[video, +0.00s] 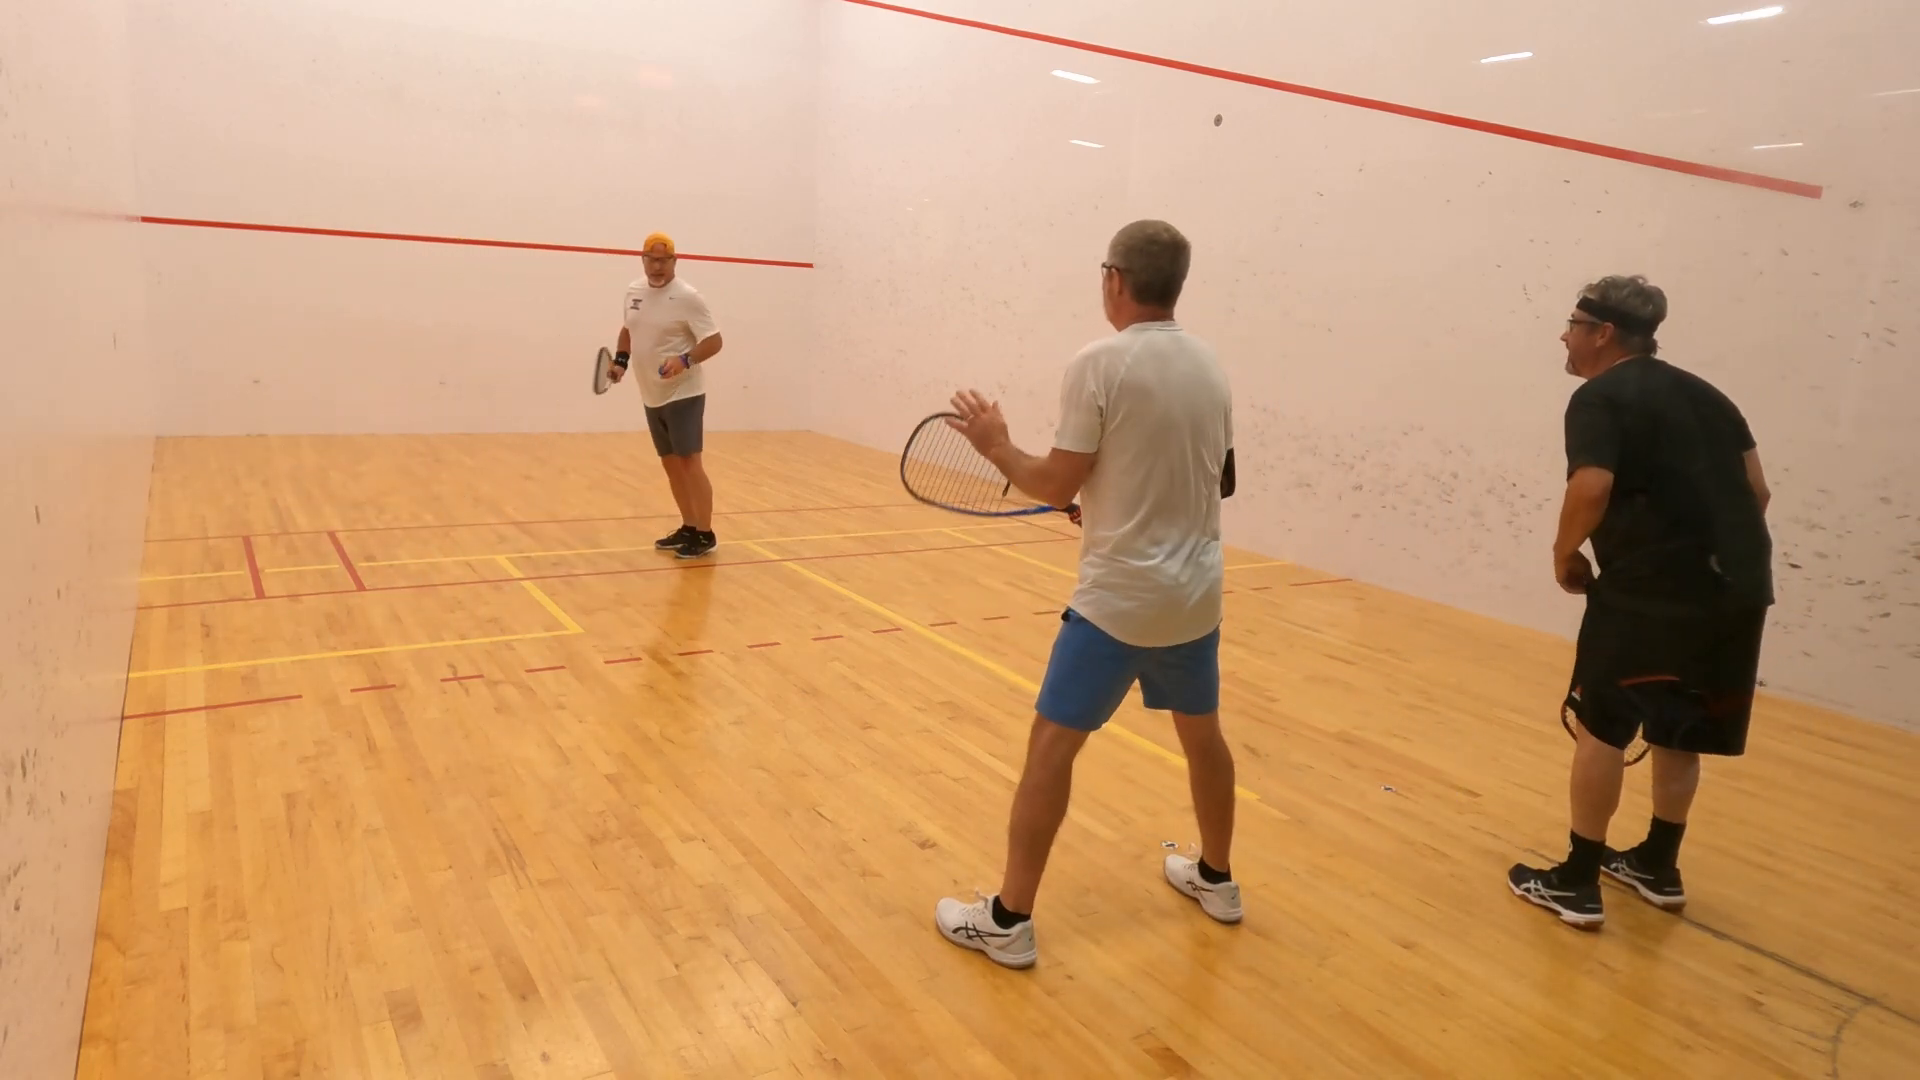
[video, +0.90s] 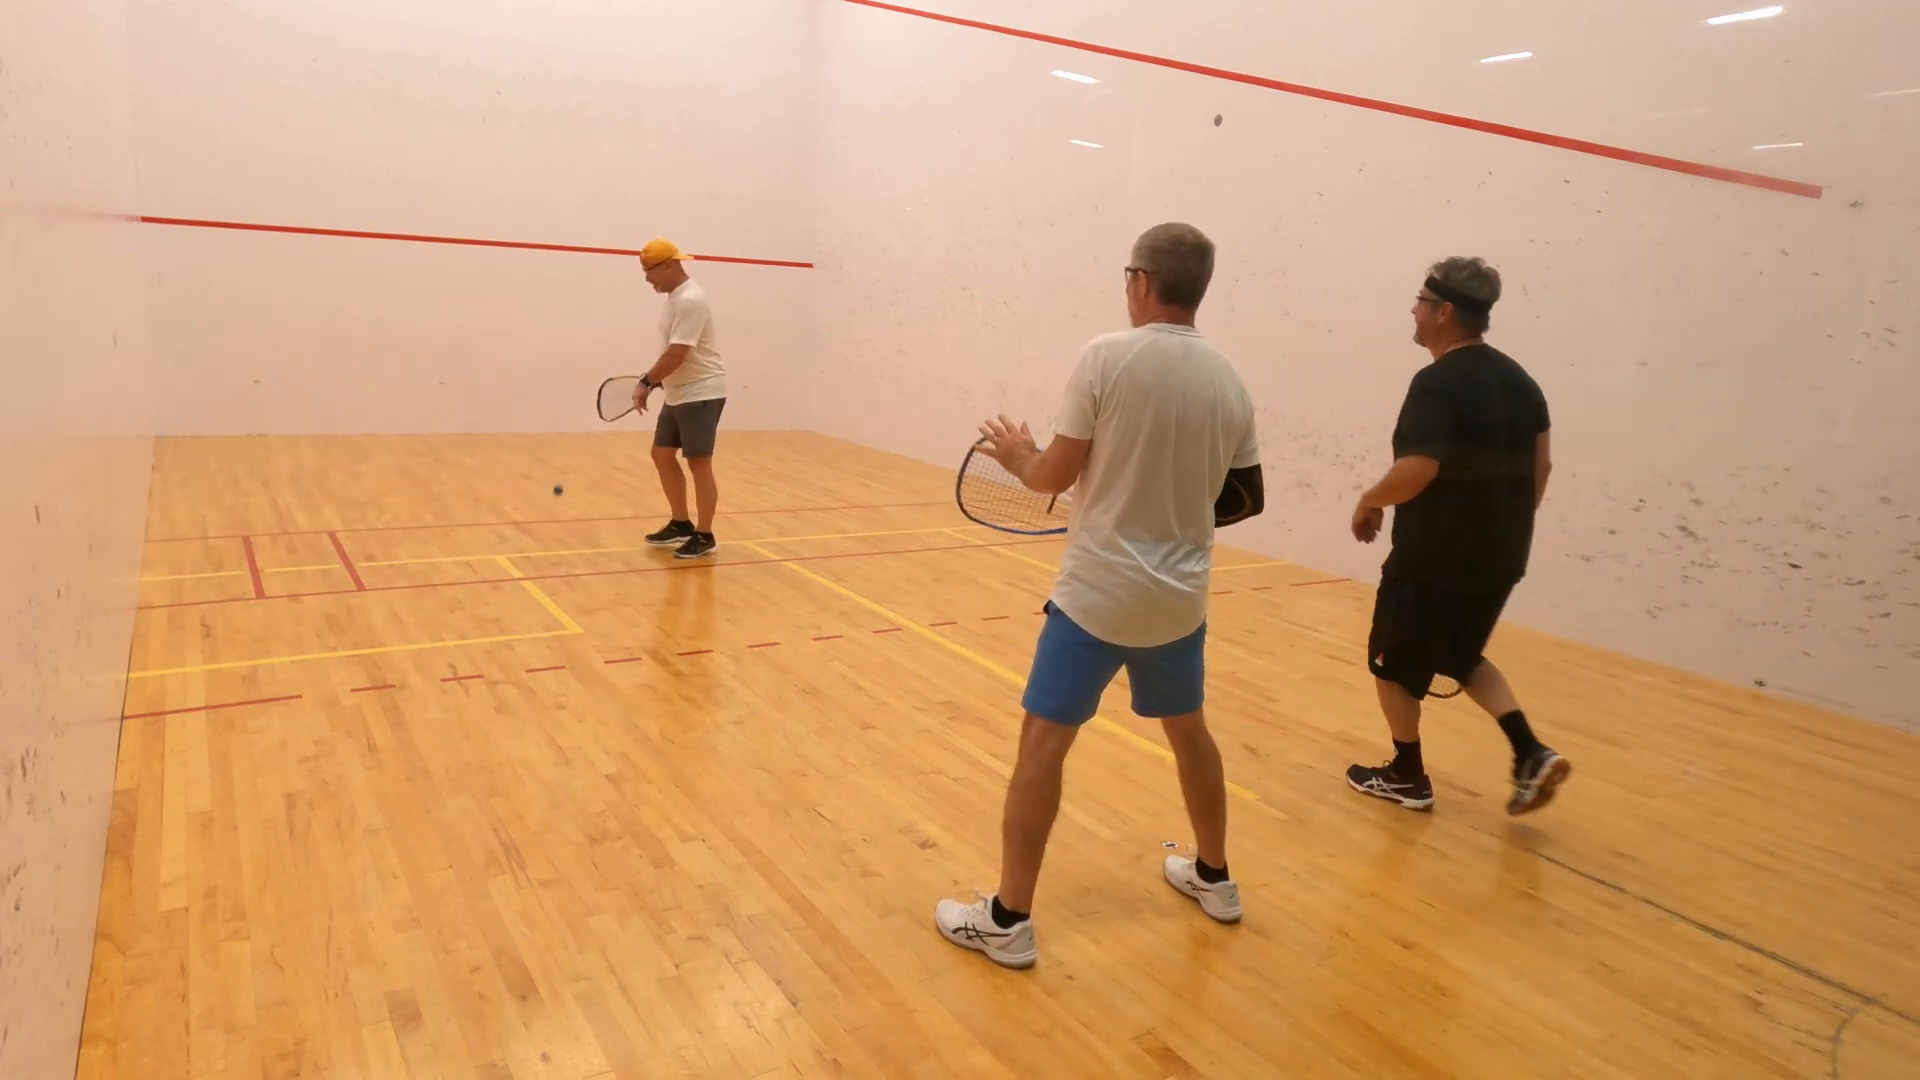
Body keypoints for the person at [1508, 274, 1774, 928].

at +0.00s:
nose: (1564, 335)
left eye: (1574, 325)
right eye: (1569, 323)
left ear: (1605, 334)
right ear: (1629, 337)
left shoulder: (1598, 397)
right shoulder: (1709, 396)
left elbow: (1591, 485)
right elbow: (1755, 491)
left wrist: (1566, 551)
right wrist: (1721, 564)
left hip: (1644, 591)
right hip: (1727, 598)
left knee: (1601, 722)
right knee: (1678, 723)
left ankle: (1578, 878)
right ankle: (1659, 863)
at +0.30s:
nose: (1573, 326)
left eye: (1584, 315)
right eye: (1578, 313)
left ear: (1618, 325)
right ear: (1644, 328)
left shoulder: (1600, 391)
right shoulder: (1709, 397)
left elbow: (1581, 481)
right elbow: (1747, 493)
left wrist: (1542, 531)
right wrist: (1712, 566)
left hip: (1610, 594)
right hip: (1698, 602)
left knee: (1531, 687)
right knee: (1657, 718)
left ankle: (1549, 823)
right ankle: (1658, 861)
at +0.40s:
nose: (1561, 327)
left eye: (1570, 316)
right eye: (1565, 315)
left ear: (1600, 325)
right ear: (1623, 329)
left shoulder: (1585, 393)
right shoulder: (1693, 399)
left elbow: (1570, 483)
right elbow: (1724, 495)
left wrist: (1524, 530)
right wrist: (1691, 560)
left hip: (1594, 592)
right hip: (1679, 602)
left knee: (1506, 674)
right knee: (1647, 722)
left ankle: (1488, 803)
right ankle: (1657, 861)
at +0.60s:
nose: (1509, 328)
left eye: (1518, 319)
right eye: (1514, 316)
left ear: (1546, 331)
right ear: (1570, 336)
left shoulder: (1534, 399)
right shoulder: (1630, 402)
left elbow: (1523, 489)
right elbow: (1654, 495)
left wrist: (1475, 530)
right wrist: (1610, 546)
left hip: (1539, 588)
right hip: (1618, 595)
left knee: (1459, 665)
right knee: (1618, 714)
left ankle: (1419, 773)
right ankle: (1653, 857)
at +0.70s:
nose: (1474, 323)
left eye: (1484, 315)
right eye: (1480, 312)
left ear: (1510, 328)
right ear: (1536, 331)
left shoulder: (1498, 398)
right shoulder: (1587, 397)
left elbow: (1488, 488)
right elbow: (1613, 486)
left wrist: (1440, 529)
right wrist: (1574, 543)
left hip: (1502, 576)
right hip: (1576, 584)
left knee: (1429, 656)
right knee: (1588, 701)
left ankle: (1410, 771)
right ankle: (1645, 838)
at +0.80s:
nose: (1441, 315)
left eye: (1450, 307)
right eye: (1446, 305)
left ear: (1475, 321)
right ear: (1499, 324)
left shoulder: (1464, 390)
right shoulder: (1551, 388)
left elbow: (1452, 478)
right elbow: (1573, 474)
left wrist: (1405, 515)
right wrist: (1547, 534)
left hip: (1462, 566)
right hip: (1534, 570)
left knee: (1410, 661)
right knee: (1523, 676)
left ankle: (1407, 773)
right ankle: (1604, 792)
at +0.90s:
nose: (1414, 311)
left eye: (1423, 303)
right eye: (1418, 300)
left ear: (1448, 314)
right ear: (1473, 317)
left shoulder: (1436, 382)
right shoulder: (1521, 383)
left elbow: (1417, 468)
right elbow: (1539, 470)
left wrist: (1370, 499)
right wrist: (1506, 523)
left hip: (1433, 556)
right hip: (1498, 559)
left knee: (1393, 657)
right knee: (1460, 652)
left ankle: (1406, 772)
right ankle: (1530, 753)